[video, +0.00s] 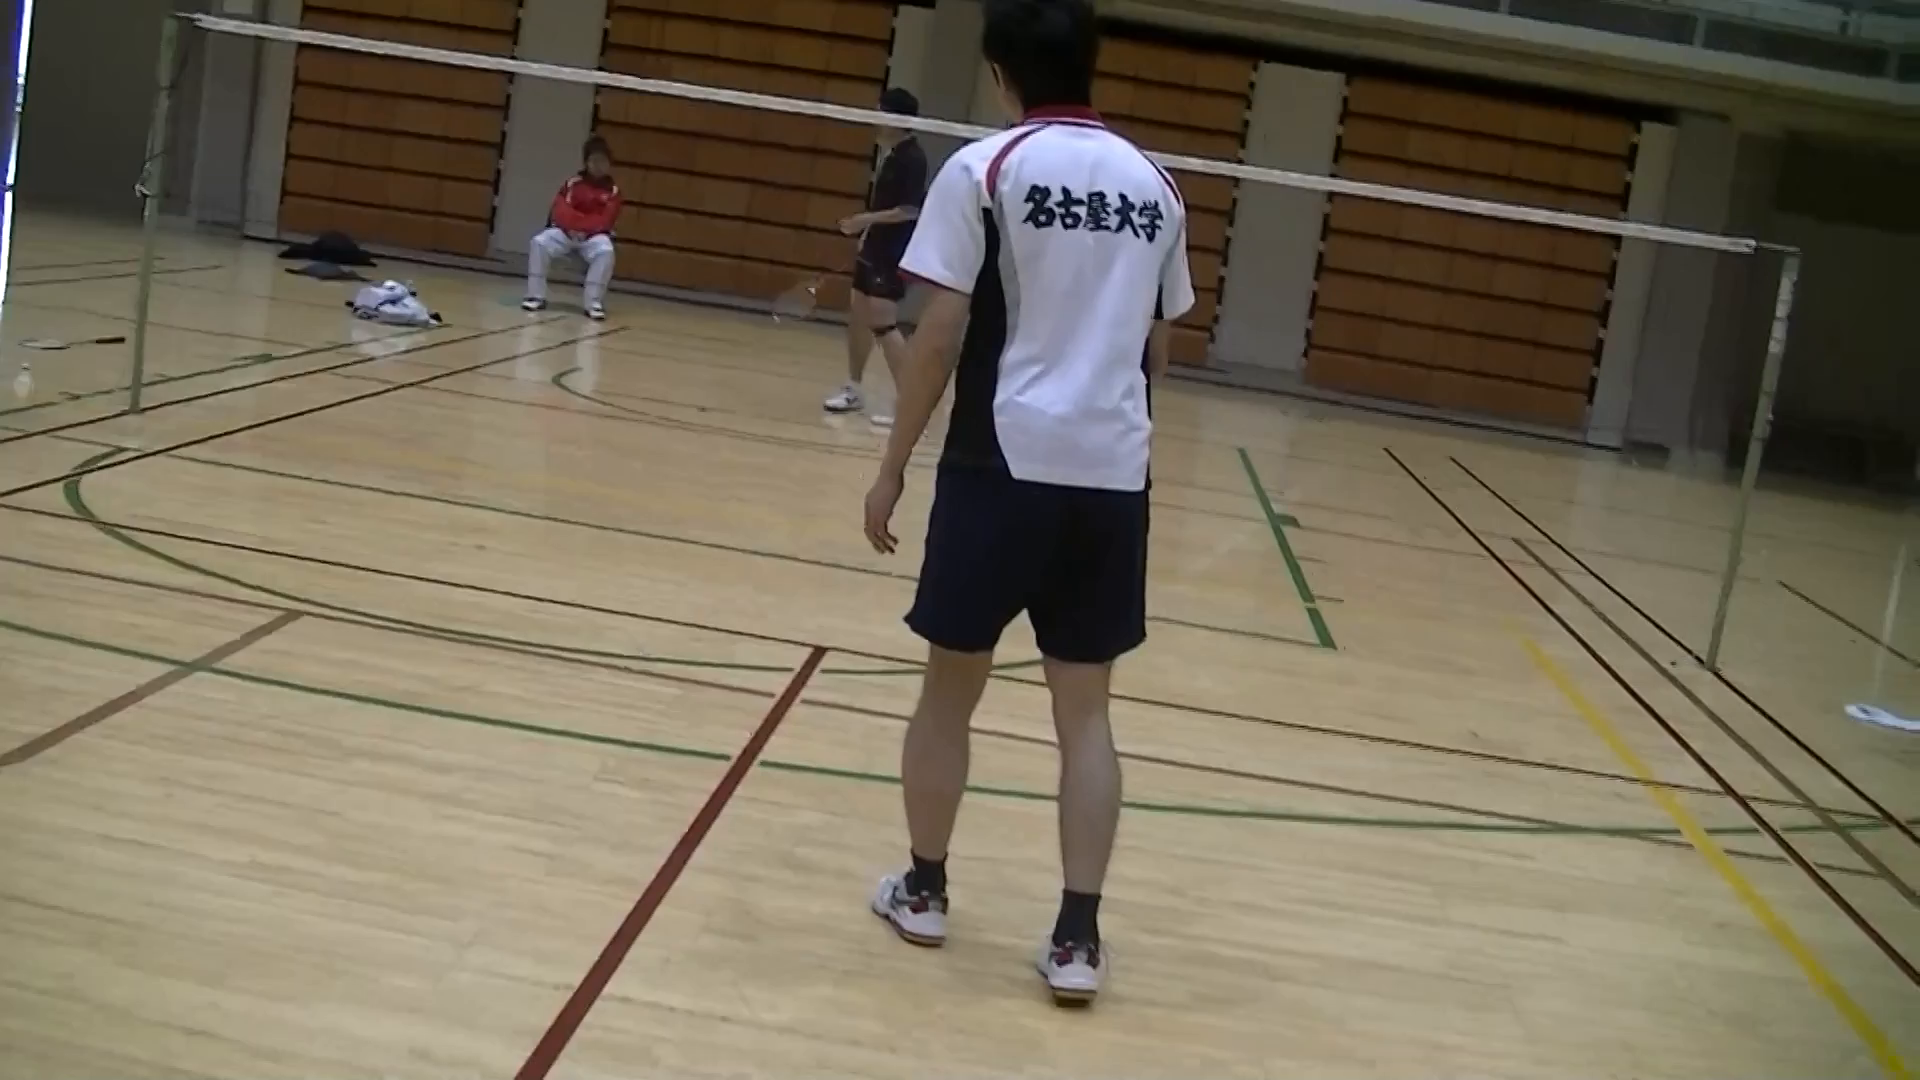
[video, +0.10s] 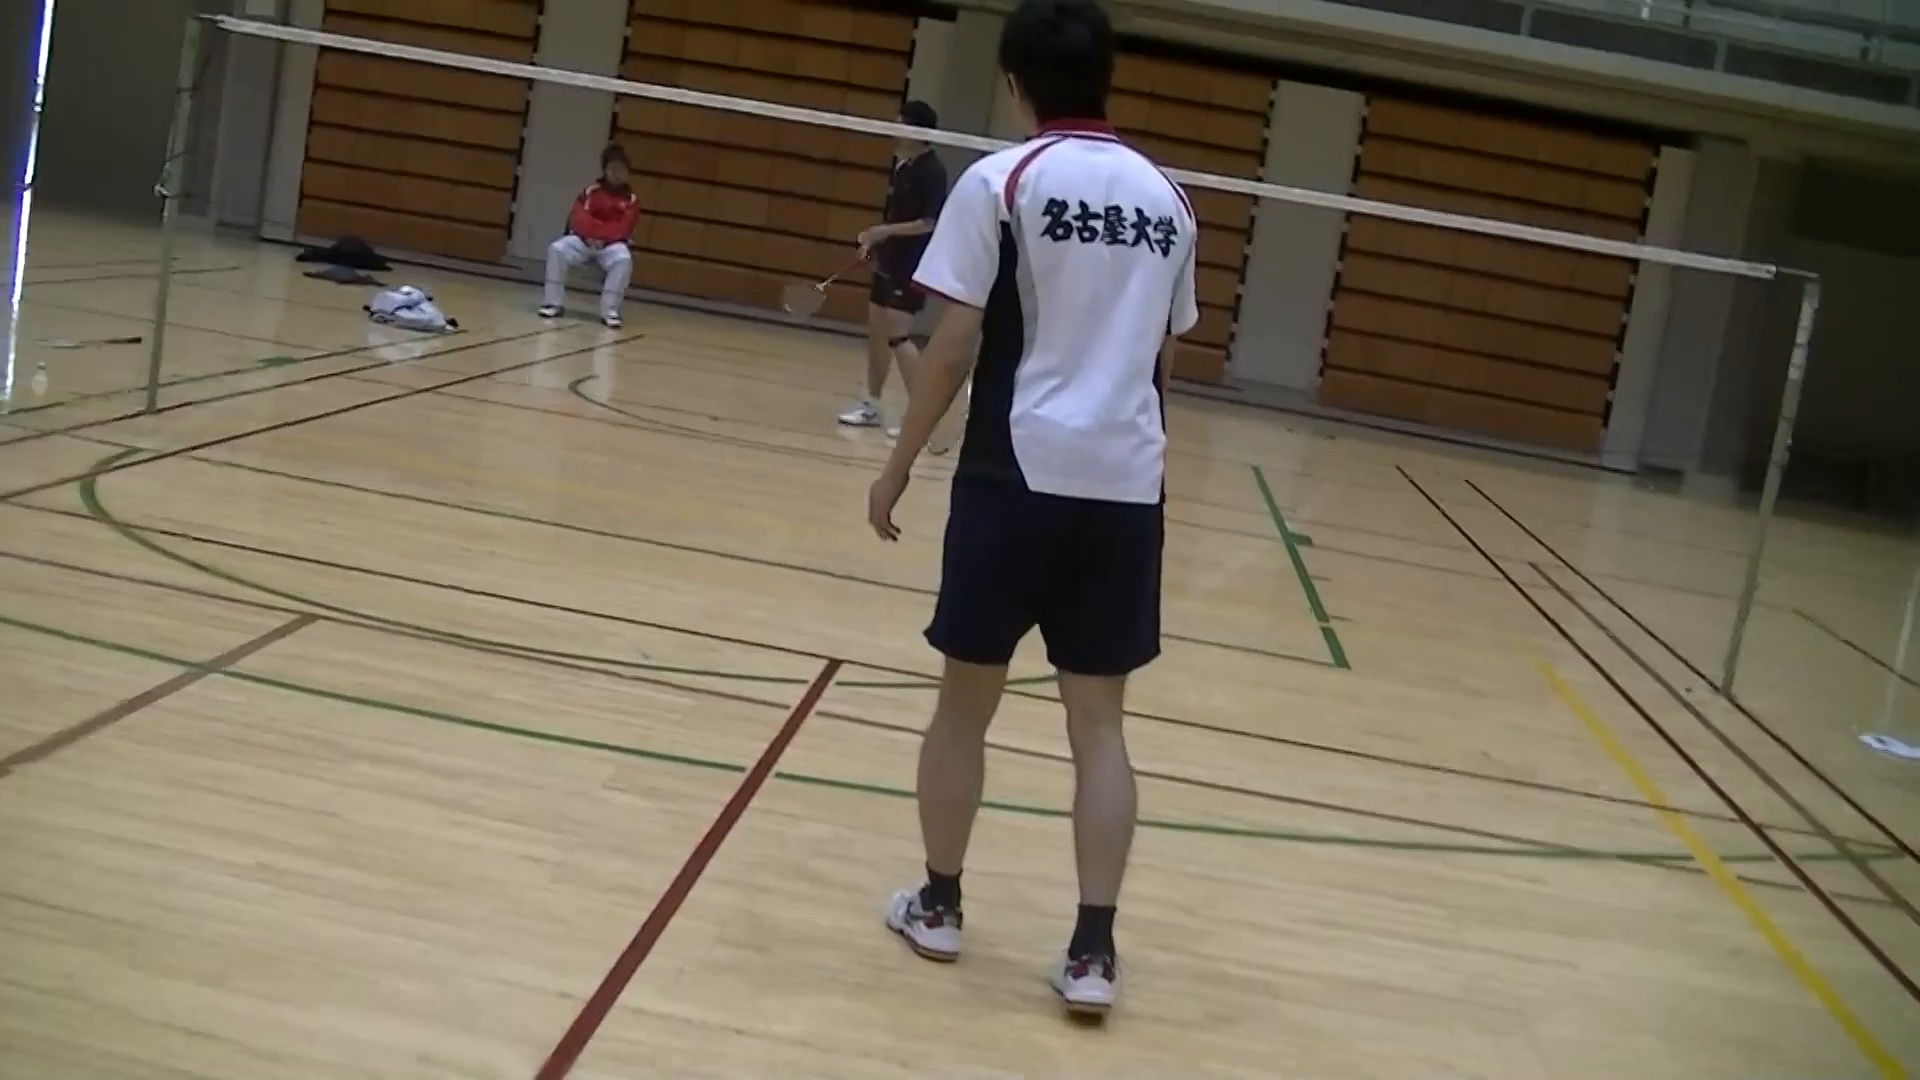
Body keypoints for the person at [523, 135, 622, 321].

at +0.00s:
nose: (598, 166)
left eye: (602, 161)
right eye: (593, 161)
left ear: (609, 163)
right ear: (586, 163)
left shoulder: (612, 191)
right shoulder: (572, 184)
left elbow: (605, 221)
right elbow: (559, 211)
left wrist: (583, 229)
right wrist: (573, 226)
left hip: (594, 234)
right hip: (566, 230)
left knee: (605, 253)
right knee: (539, 243)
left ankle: (594, 302)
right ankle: (536, 296)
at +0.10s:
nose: (616, 174)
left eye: (621, 169)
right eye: (612, 169)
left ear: (627, 171)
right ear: (605, 171)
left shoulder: (630, 199)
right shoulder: (591, 191)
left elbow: (623, 229)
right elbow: (577, 218)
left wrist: (602, 237)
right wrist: (591, 234)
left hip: (612, 242)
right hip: (583, 238)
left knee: (623, 261)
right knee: (557, 250)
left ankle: (611, 310)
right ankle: (553, 303)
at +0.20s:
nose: (641, 186)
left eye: (645, 181)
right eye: (636, 180)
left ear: (652, 183)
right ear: (628, 182)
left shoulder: (654, 212)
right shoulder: (614, 203)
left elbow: (647, 240)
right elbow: (600, 230)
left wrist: (625, 248)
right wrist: (614, 245)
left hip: (635, 254)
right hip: (606, 249)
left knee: (645, 273)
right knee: (580, 261)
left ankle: (633, 322)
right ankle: (575, 314)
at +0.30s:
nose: (653, 202)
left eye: (658, 197)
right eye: (649, 197)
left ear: (664, 200)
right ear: (641, 198)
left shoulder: (667, 228)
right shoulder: (626, 219)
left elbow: (658, 257)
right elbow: (613, 246)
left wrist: (635, 264)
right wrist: (625, 262)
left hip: (646, 271)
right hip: (617, 265)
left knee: (657, 289)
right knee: (591, 276)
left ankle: (643, 339)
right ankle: (586, 330)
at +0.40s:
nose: (653, 220)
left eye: (658, 215)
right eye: (649, 215)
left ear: (664, 218)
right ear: (640, 216)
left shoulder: (666, 246)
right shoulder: (626, 237)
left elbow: (658, 275)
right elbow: (613, 265)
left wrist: (636, 283)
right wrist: (626, 279)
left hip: (646, 289)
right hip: (617, 283)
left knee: (656, 308)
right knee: (590, 295)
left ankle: (642, 356)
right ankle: (585, 348)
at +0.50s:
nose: (642, 232)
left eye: (647, 228)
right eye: (637, 227)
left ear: (653, 230)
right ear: (629, 228)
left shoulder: (655, 258)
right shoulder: (615, 249)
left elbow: (645, 287)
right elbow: (601, 276)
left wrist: (623, 295)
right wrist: (617, 290)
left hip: (634, 301)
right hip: (605, 295)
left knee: (644, 319)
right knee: (579, 305)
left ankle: (630, 368)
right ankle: (573, 359)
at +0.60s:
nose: (616, 226)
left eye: (621, 221)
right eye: (611, 220)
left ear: (627, 224)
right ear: (603, 222)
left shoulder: (629, 252)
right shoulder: (589, 242)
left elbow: (620, 281)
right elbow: (576, 270)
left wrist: (598, 288)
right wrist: (588, 286)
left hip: (608, 294)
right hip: (579, 288)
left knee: (618, 313)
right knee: (552, 299)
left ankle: (602, 362)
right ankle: (545, 352)